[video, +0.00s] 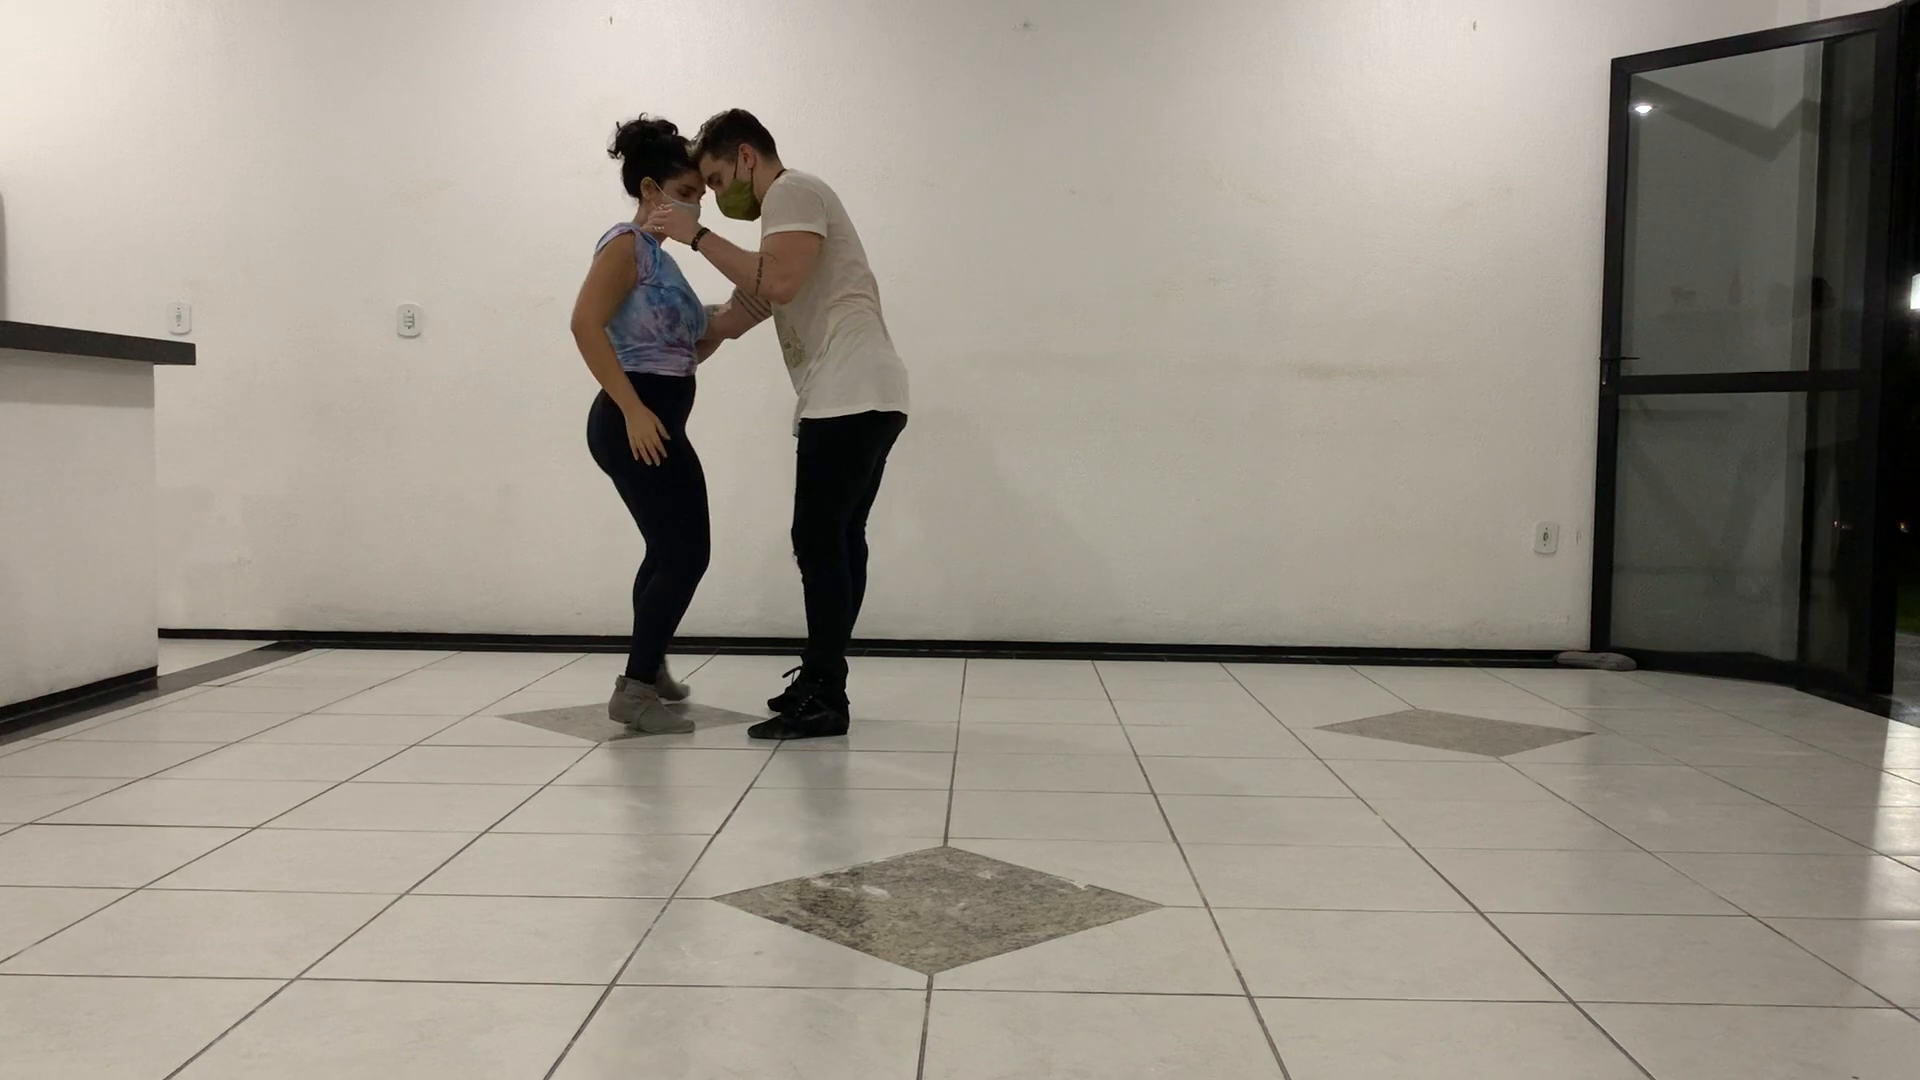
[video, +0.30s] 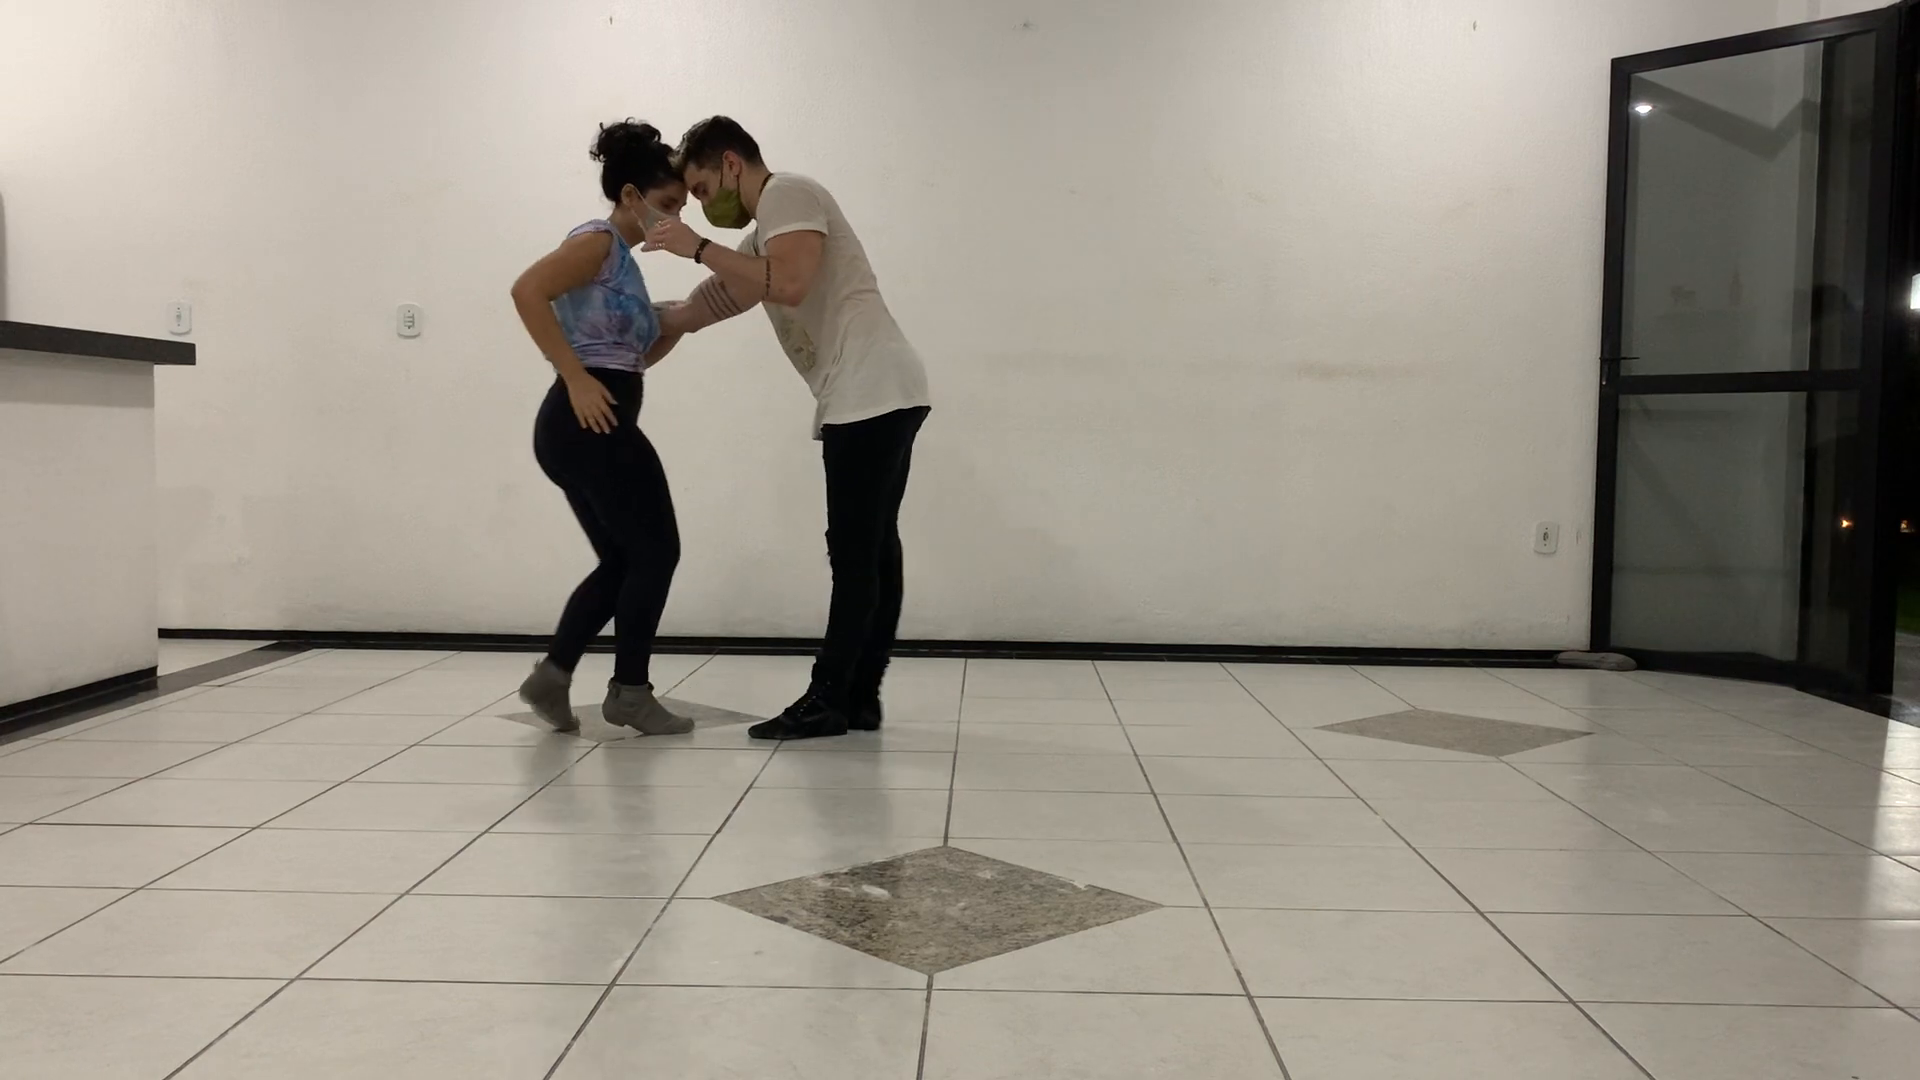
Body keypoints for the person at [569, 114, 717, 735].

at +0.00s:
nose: (698, 203)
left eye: (698, 192)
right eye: (689, 191)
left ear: (670, 194)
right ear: (653, 191)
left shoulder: (657, 257)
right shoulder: (625, 248)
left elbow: (688, 346)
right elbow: (585, 325)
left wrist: (741, 311)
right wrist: (633, 409)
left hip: (659, 413)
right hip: (636, 415)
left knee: (678, 548)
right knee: (681, 548)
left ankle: (648, 668)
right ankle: (636, 685)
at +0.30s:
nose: (673, 219)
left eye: (678, 208)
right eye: (666, 206)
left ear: (644, 198)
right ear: (629, 197)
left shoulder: (622, 264)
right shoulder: (596, 245)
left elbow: (641, 356)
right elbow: (526, 292)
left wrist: (690, 313)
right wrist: (575, 376)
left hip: (580, 421)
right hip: (595, 418)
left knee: (621, 559)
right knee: (656, 548)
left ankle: (552, 676)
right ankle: (631, 690)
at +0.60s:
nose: (655, 223)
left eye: (660, 211)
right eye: (648, 210)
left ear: (619, 203)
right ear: (609, 201)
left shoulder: (605, 275)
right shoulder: (565, 248)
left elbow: (613, 356)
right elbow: (477, 284)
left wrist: (669, 315)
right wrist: (507, 376)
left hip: (521, 418)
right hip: (528, 415)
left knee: (540, 564)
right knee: (582, 552)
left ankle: (524, 700)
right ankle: (612, 696)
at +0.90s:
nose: (646, 214)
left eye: (648, 203)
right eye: (638, 201)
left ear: (613, 199)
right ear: (598, 195)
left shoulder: (598, 276)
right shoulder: (546, 239)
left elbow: (594, 361)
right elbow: (451, 277)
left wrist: (666, 330)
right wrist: (459, 372)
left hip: (537, 421)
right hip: (492, 411)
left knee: (539, 559)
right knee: (525, 554)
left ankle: (524, 702)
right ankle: (543, 700)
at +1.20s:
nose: (632, 196)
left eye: (633, 184)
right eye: (621, 183)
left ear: (606, 191)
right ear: (582, 184)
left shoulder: (584, 274)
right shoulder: (533, 232)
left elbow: (576, 361)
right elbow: (439, 273)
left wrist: (640, 333)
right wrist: (434, 371)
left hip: (533, 418)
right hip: (480, 408)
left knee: (542, 556)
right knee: (506, 554)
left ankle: (513, 697)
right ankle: (470, 705)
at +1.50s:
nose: (579, 163)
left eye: (573, 153)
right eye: (565, 157)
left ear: (543, 175)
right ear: (534, 176)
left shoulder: (549, 261)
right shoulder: (512, 238)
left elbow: (620, 333)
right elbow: (445, 305)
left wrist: (658, 284)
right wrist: (448, 402)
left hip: (512, 419)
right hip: (472, 413)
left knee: (538, 552)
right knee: (506, 556)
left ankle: (506, 694)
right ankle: (469, 705)